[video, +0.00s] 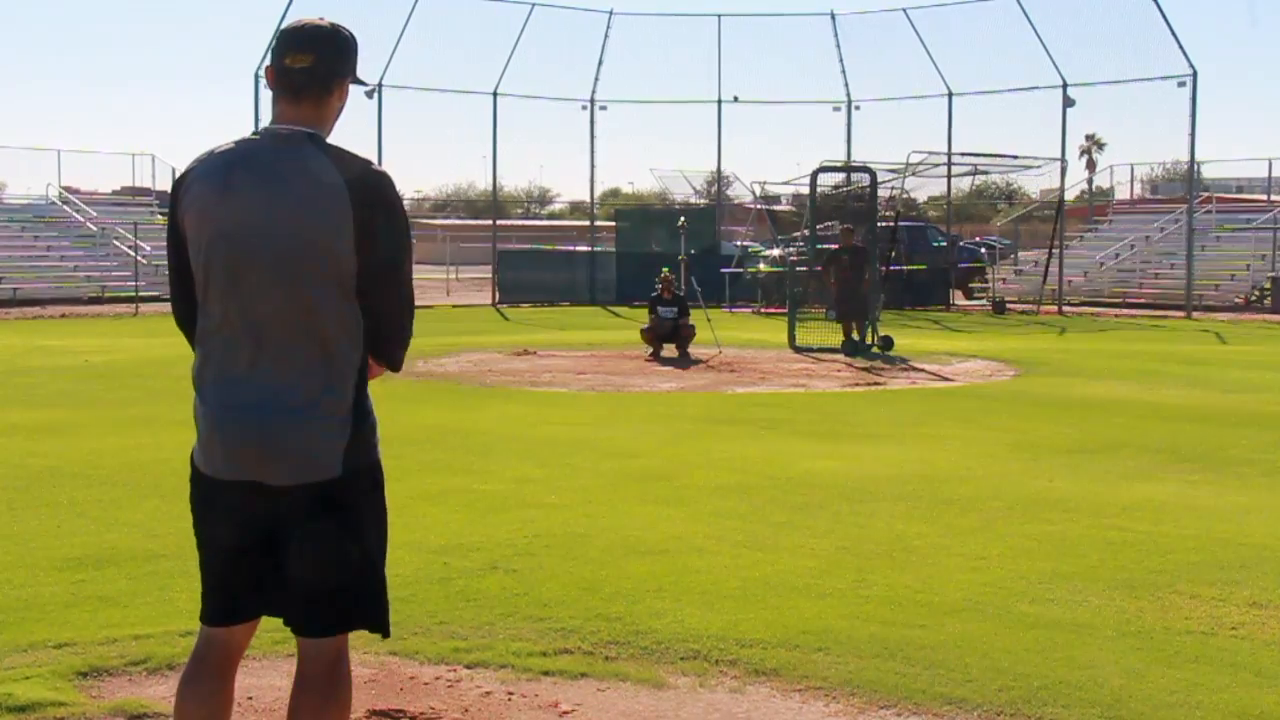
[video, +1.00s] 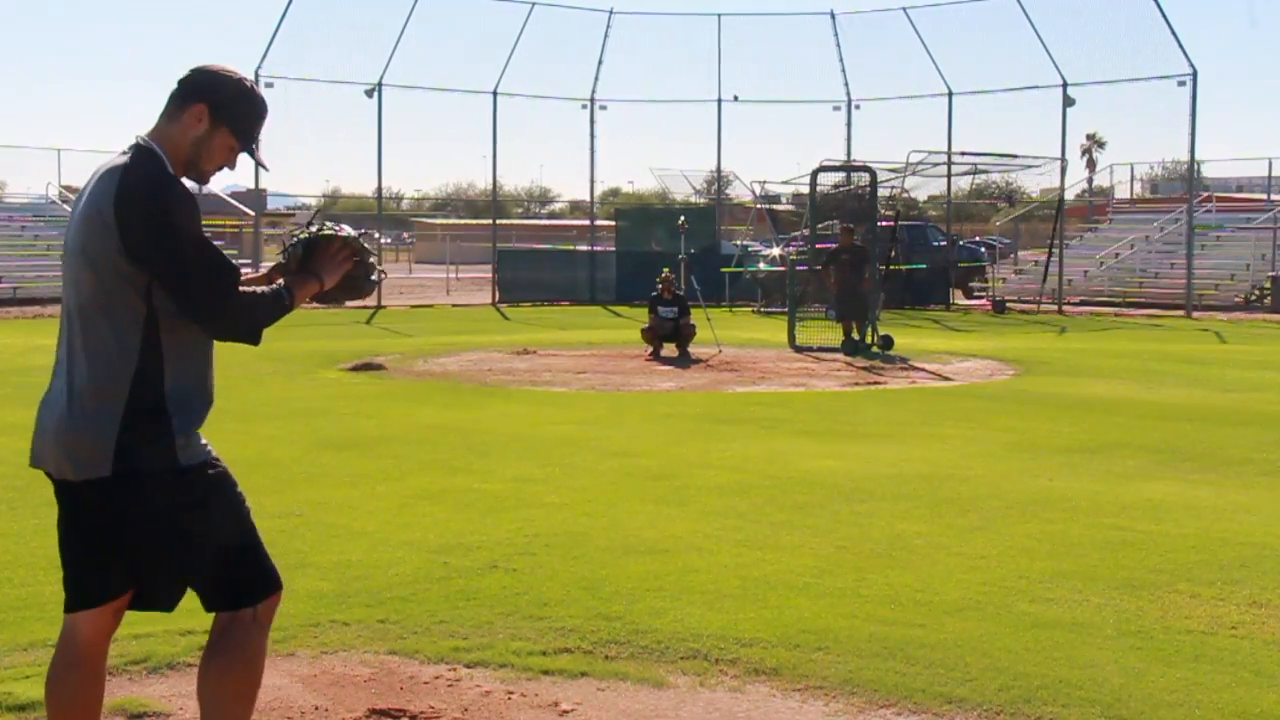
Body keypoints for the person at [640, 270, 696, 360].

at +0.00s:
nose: (667, 285)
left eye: (670, 282)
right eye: (664, 282)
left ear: (673, 284)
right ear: (661, 284)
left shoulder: (680, 299)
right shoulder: (654, 299)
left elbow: (685, 319)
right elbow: (652, 318)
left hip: (675, 327)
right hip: (660, 327)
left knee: (689, 329)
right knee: (645, 332)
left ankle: (682, 350)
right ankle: (656, 348)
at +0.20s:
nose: (667, 285)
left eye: (669, 282)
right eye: (664, 282)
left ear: (673, 284)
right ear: (660, 284)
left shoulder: (680, 298)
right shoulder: (654, 298)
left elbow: (685, 318)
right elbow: (652, 317)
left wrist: (674, 324)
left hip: (676, 327)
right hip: (660, 327)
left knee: (690, 329)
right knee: (646, 331)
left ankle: (683, 349)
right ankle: (656, 348)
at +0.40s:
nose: (667, 285)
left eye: (670, 282)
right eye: (665, 282)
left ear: (674, 284)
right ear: (660, 284)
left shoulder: (680, 298)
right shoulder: (654, 298)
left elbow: (686, 318)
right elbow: (652, 317)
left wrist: (674, 323)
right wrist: (663, 324)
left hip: (676, 327)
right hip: (661, 327)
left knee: (690, 329)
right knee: (646, 331)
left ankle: (683, 349)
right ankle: (656, 348)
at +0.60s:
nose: (667, 286)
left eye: (670, 282)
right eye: (664, 282)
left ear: (674, 284)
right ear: (660, 284)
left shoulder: (680, 298)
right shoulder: (654, 298)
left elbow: (686, 318)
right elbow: (652, 317)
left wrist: (673, 323)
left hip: (676, 327)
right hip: (660, 327)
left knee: (690, 328)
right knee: (646, 331)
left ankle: (683, 348)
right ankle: (656, 347)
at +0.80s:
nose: (666, 286)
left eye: (669, 283)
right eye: (664, 283)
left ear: (673, 284)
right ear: (660, 285)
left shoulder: (680, 298)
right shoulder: (654, 298)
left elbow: (686, 318)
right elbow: (652, 317)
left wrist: (674, 323)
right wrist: (662, 324)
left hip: (676, 327)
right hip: (660, 327)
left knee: (690, 329)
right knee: (646, 332)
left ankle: (682, 348)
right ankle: (656, 347)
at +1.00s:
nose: (667, 286)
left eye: (670, 283)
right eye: (664, 283)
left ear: (674, 284)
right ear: (660, 284)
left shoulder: (680, 298)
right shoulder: (654, 298)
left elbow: (686, 318)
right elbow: (652, 317)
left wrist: (674, 323)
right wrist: (662, 324)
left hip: (676, 327)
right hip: (660, 327)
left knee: (690, 329)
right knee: (646, 332)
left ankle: (682, 348)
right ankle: (656, 347)